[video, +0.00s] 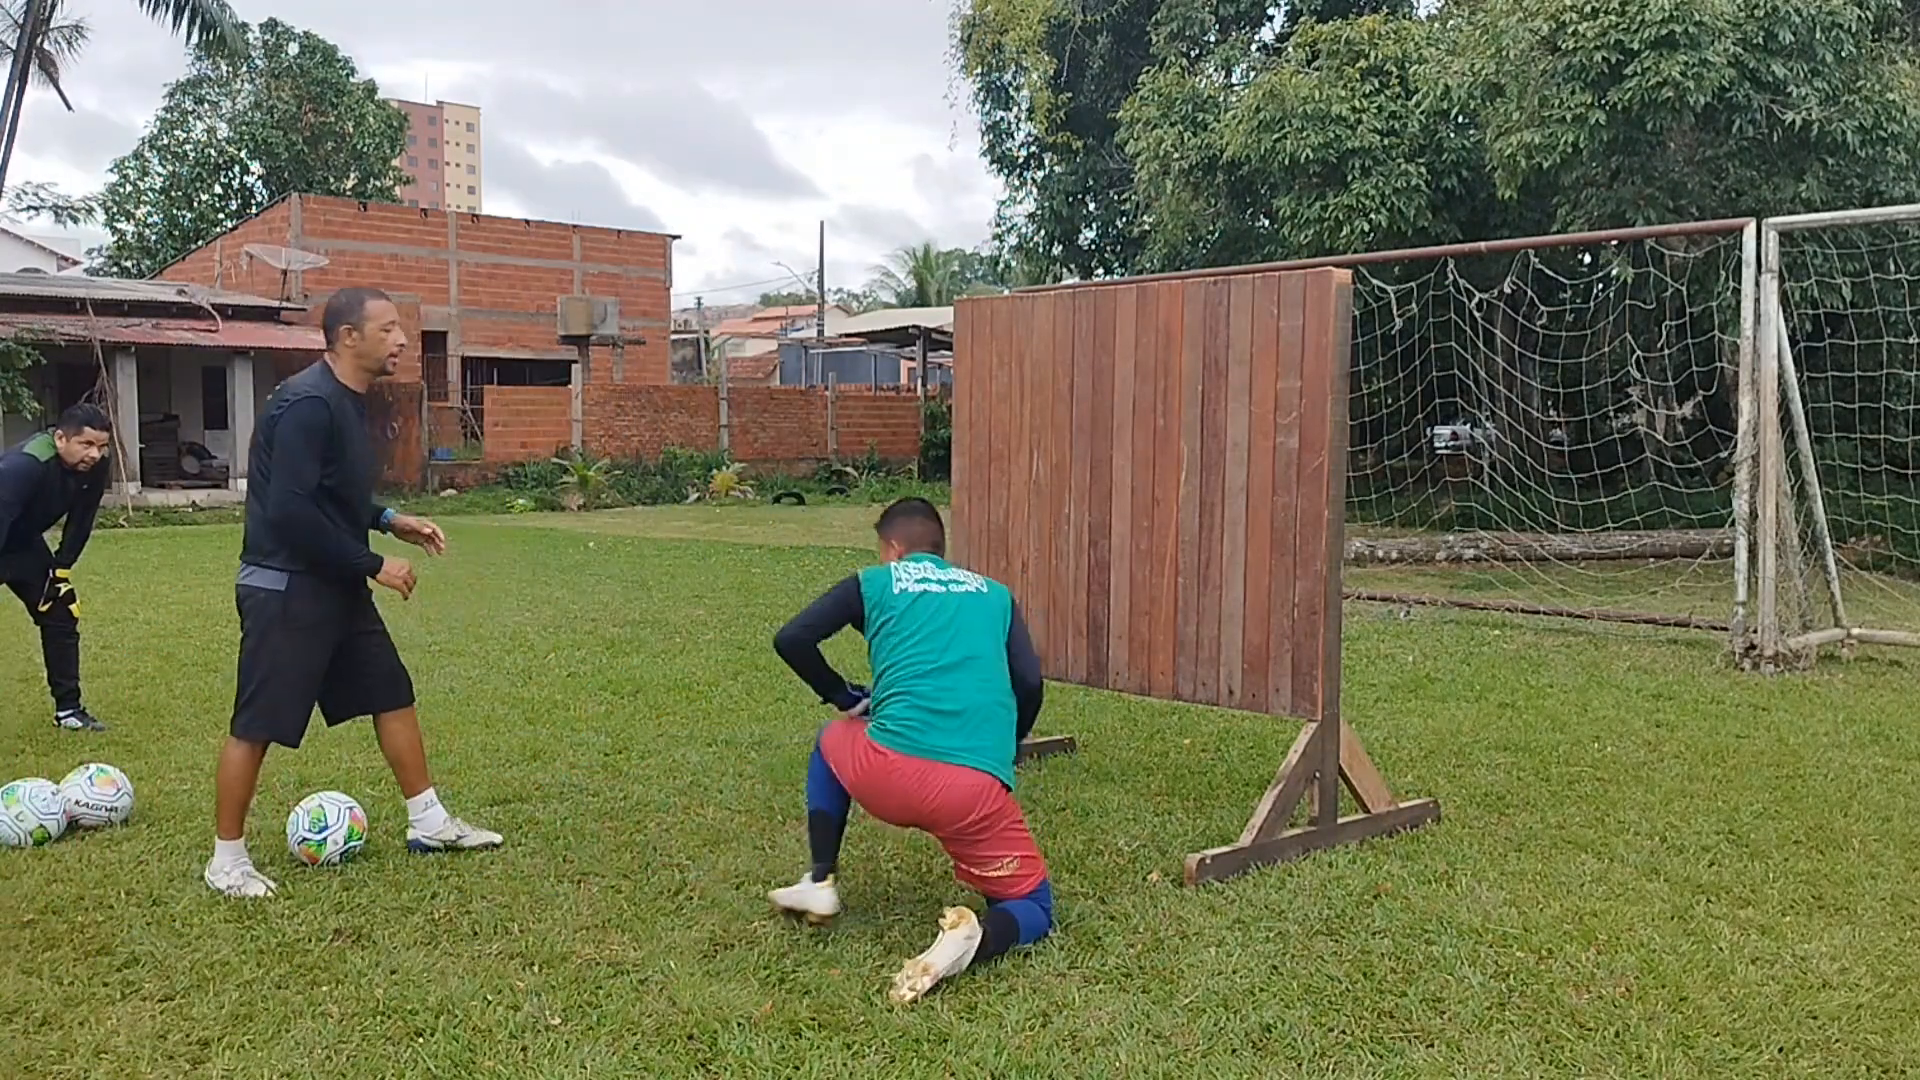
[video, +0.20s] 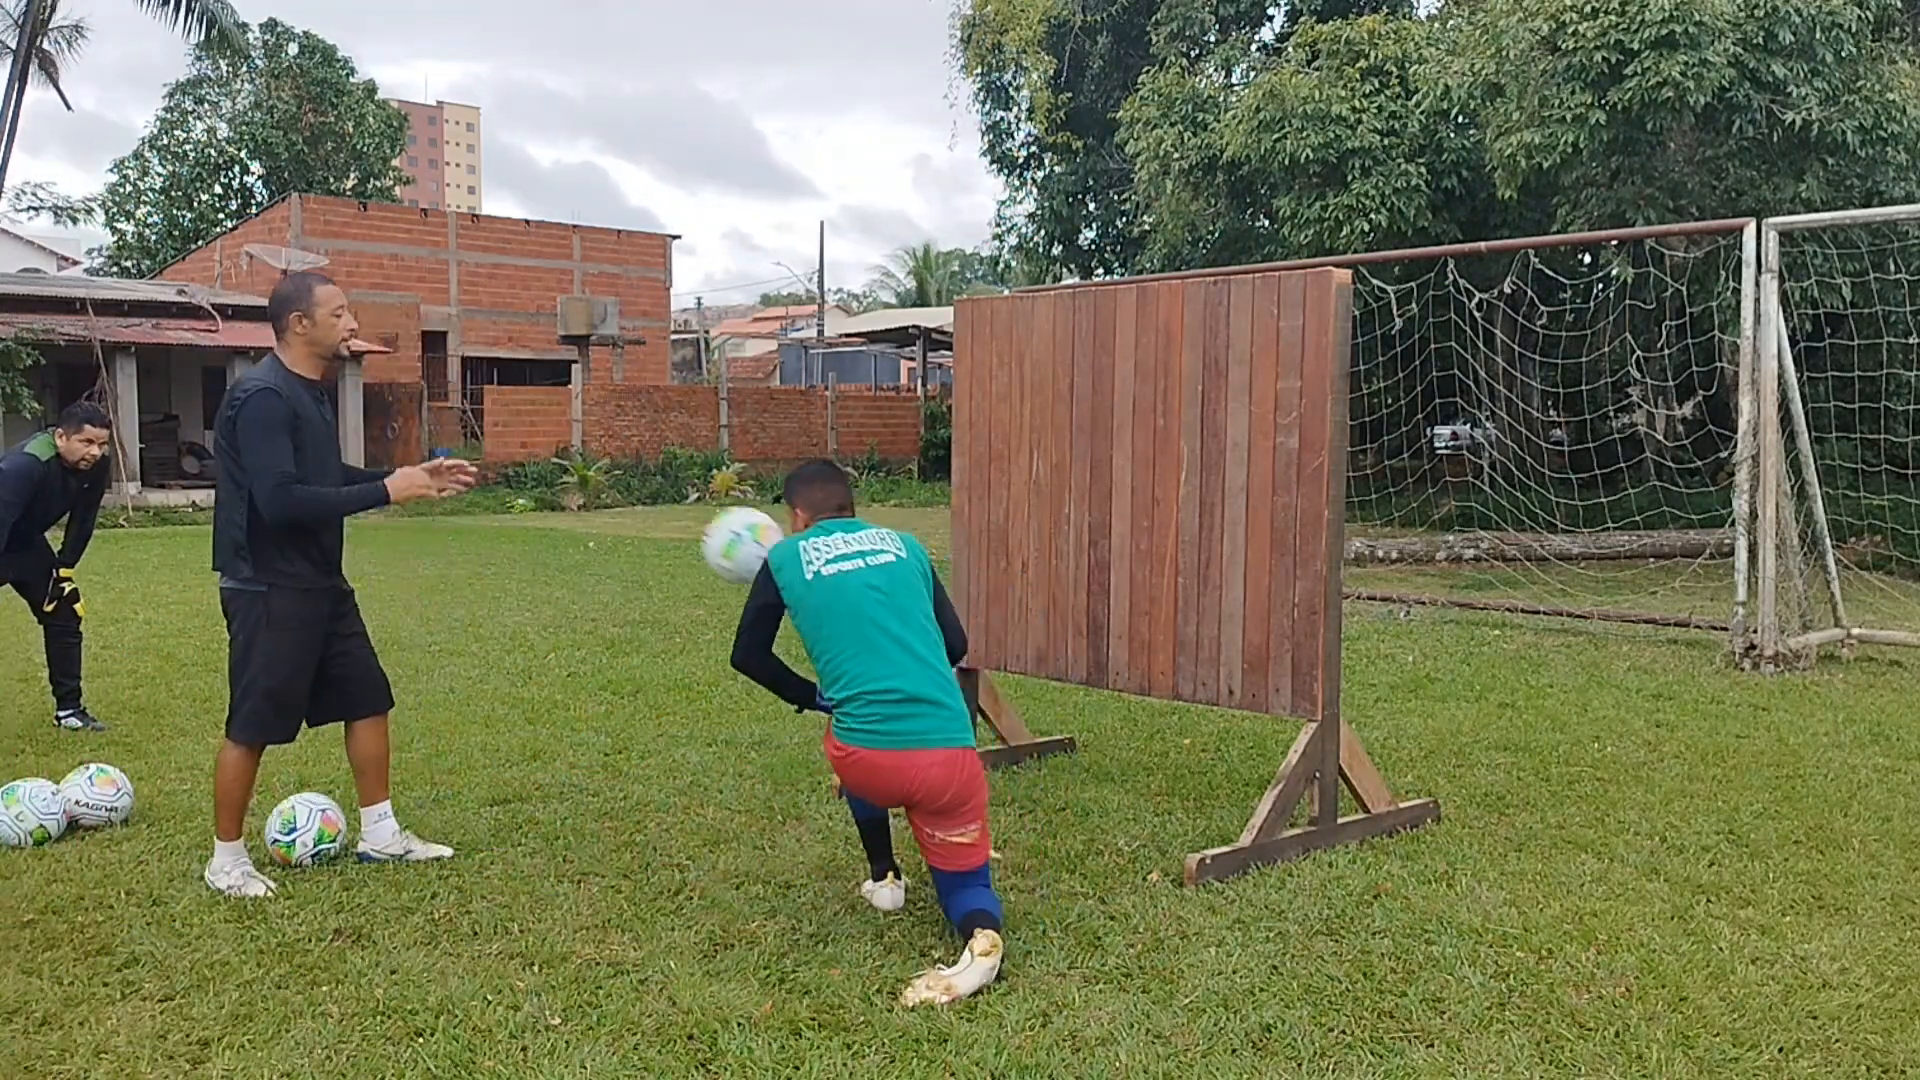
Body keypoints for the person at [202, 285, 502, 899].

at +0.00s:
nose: (398, 340)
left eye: (397, 329)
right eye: (387, 329)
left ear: (356, 340)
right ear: (347, 338)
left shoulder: (347, 401)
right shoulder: (306, 404)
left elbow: (338, 495)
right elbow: (289, 511)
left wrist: (393, 521)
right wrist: (374, 564)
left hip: (336, 585)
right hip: (283, 588)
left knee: (393, 695)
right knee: (254, 724)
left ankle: (429, 822)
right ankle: (227, 860)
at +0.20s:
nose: (353, 325)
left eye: (350, 312)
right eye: (340, 314)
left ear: (310, 325)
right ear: (299, 326)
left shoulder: (310, 394)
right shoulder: (262, 398)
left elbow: (331, 480)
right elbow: (280, 501)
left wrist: (413, 477)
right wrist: (384, 492)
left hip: (320, 584)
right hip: (268, 589)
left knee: (367, 700)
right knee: (251, 724)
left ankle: (381, 834)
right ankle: (227, 859)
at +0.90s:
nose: (326, 328)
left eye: (323, 316)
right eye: (314, 319)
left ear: (286, 326)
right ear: (275, 327)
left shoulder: (299, 393)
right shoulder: (223, 406)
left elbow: (311, 478)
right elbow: (212, 519)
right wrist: (303, 549)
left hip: (307, 574)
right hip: (248, 584)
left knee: (359, 693)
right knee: (242, 726)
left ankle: (385, 819)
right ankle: (225, 859)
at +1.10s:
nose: (358, 335)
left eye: (356, 324)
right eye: (346, 326)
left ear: (322, 334)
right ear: (305, 335)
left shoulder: (348, 390)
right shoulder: (248, 403)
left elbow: (388, 437)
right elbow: (192, 499)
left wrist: (440, 461)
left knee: (399, 687)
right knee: (246, 720)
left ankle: (415, 820)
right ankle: (224, 853)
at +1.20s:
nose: (384, 343)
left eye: (382, 332)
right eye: (374, 334)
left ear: (345, 342)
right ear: (335, 342)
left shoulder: (367, 393)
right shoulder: (270, 398)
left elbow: (411, 427)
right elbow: (189, 452)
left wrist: (483, 457)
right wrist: (178, 370)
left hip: (356, 579)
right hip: (285, 586)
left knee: (409, 687)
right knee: (251, 715)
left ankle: (429, 825)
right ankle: (214, 835)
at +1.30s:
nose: (422, 351)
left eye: (420, 339)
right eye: (413, 340)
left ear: (384, 349)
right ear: (373, 349)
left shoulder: (395, 401)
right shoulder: (311, 398)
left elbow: (415, 426)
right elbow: (228, 409)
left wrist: (478, 452)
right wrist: (210, 317)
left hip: (377, 588)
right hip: (308, 591)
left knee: (430, 689)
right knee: (268, 722)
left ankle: (432, 826)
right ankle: (224, 845)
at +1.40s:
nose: (461, 359)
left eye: (459, 348)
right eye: (452, 349)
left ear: (417, 356)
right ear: (416, 357)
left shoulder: (415, 413)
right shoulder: (366, 407)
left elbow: (411, 441)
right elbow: (323, 394)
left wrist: (450, 460)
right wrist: (304, 319)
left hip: (391, 590)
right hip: (334, 592)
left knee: (439, 689)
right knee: (291, 721)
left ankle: (435, 824)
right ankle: (231, 832)